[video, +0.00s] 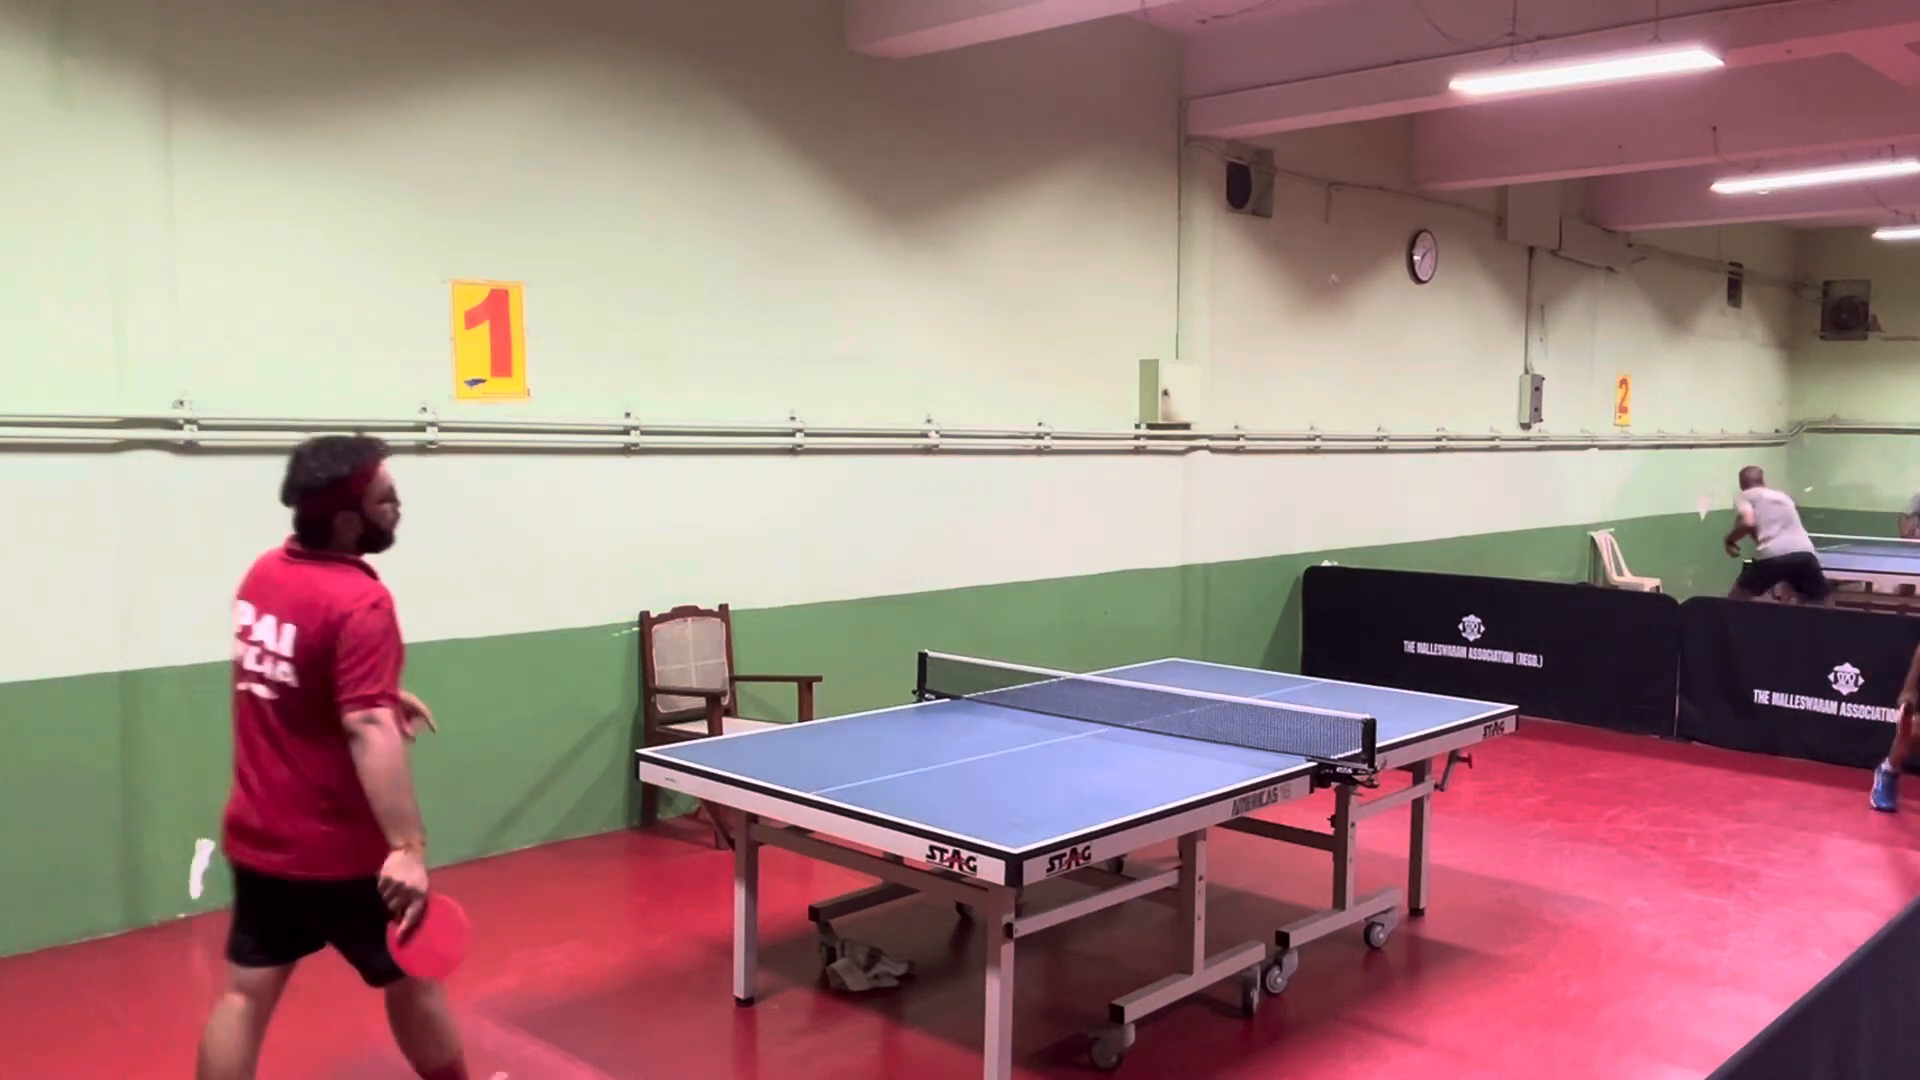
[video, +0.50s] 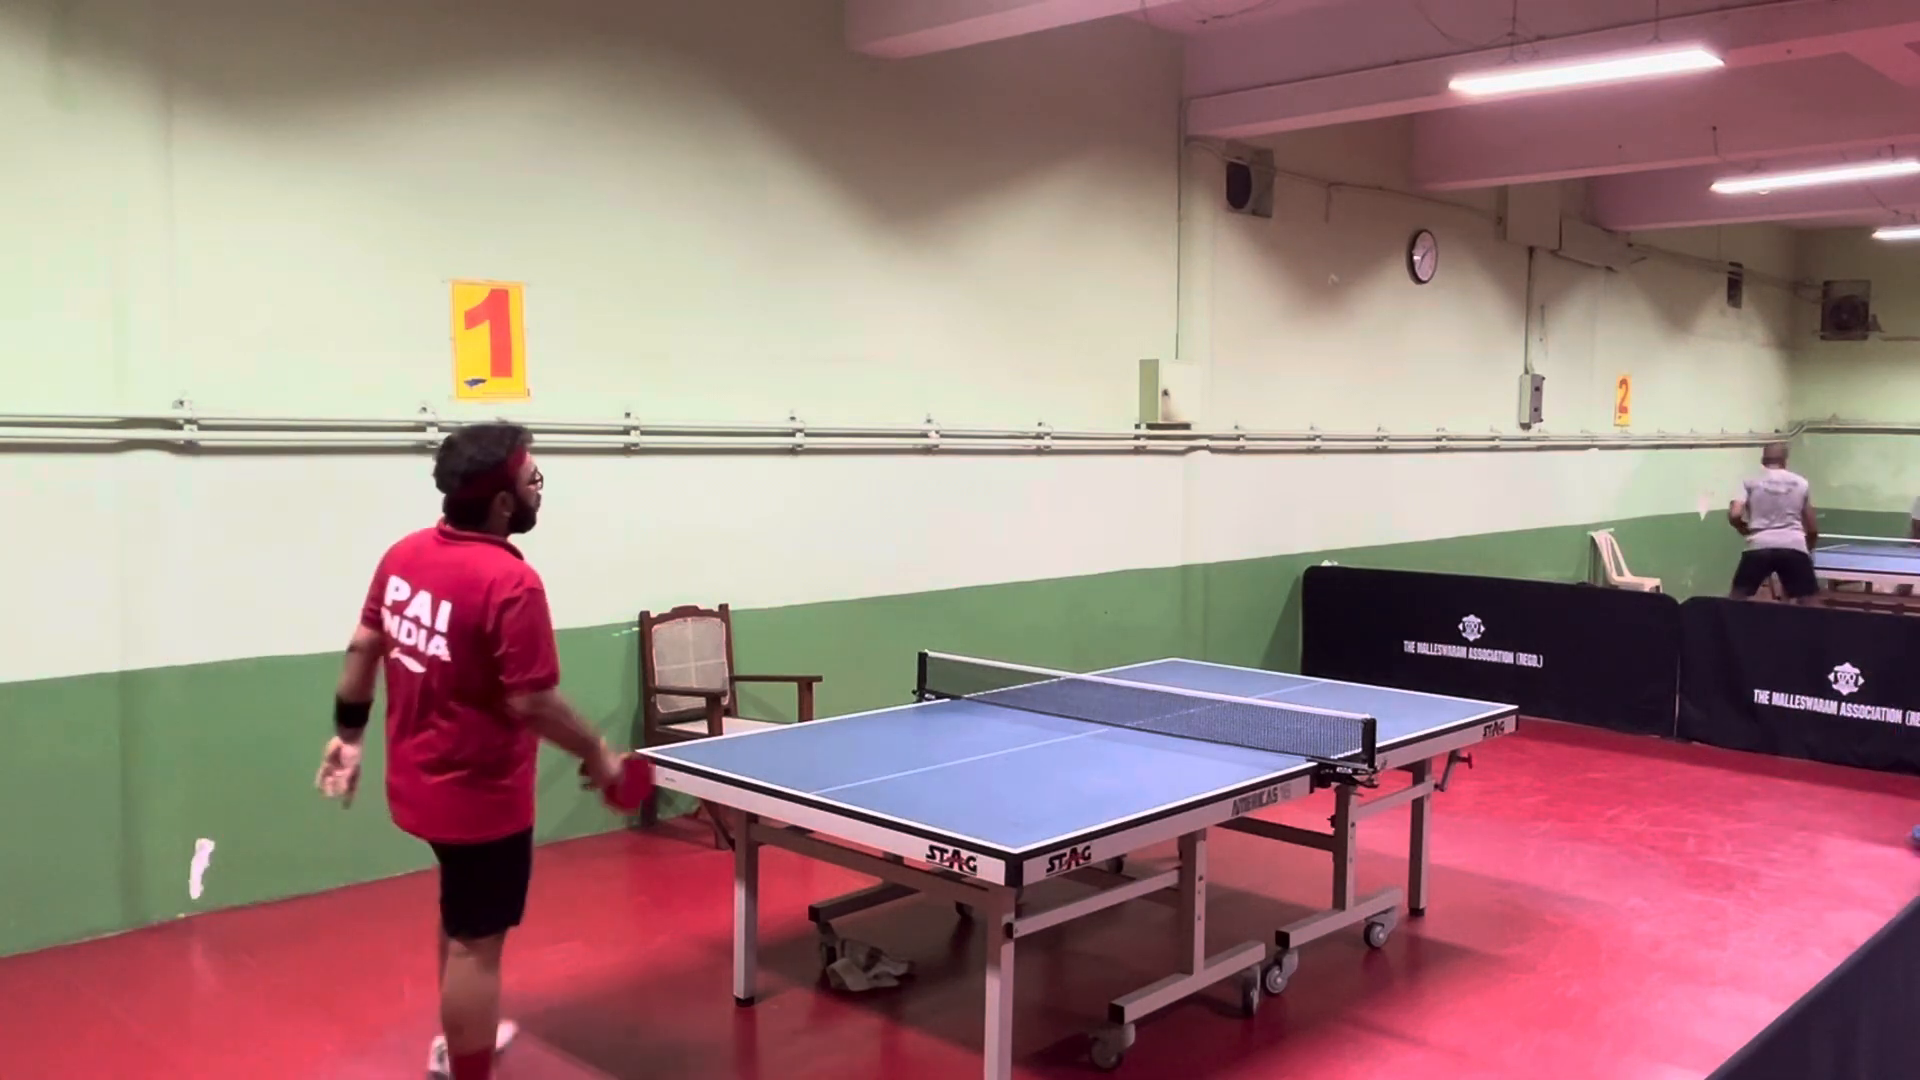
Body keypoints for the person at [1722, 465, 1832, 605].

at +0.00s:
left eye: (1741, 484)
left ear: (1742, 484)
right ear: (1762, 480)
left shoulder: (1745, 496)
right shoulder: (1783, 496)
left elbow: (1748, 524)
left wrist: (1730, 540)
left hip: (1771, 558)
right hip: (1804, 555)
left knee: (1735, 602)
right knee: (1825, 603)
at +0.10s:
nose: (1737, 477)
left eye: (1737, 474)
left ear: (1738, 475)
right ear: (1759, 472)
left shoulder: (1739, 489)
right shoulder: (1779, 488)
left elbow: (1740, 520)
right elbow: (1786, 518)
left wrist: (1727, 535)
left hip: (1764, 554)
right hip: (1798, 551)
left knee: (1733, 602)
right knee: (1813, 607)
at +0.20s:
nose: (1738, 468)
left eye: (1739, 465)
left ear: (1740, 467)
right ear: (1762, 465)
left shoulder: (1738, 483)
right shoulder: (1781, 483)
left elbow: (1735, 517)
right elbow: (1786, 513)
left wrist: (1725, 530)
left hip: (1759, 549)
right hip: (1792, 547)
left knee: (1733, 601)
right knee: (1808, 603)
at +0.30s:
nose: (1745, 463)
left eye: (1745, 460)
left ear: (1746, 462)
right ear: (1767, 462)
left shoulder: (1740, 481)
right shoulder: (1786, 482)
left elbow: (1731, 514)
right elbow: (1793, 514)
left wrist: (1725, 527)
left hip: (1756, 547)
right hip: (1789, 546)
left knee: (1732, 600)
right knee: (1806, 600)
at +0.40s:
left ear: (1754, 461)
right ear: (1776, 460)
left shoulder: (1742, 482)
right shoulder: (1793, 483)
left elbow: (1729, 515)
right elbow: (1802, 527)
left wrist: (1733, 528)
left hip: (1755, 548)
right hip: (1789, 547)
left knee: (1732, 601)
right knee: (1808, 603)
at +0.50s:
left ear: (1763, 462)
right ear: (1785, 461)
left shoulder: (1750, 484)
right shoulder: (1801, 484)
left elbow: (1734, 516)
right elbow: (1812, 529)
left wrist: (1747, 532)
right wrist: (1806, 550)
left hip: (1758, 547)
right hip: (1794, 547)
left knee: (1735, 602)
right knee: (1810, 605)